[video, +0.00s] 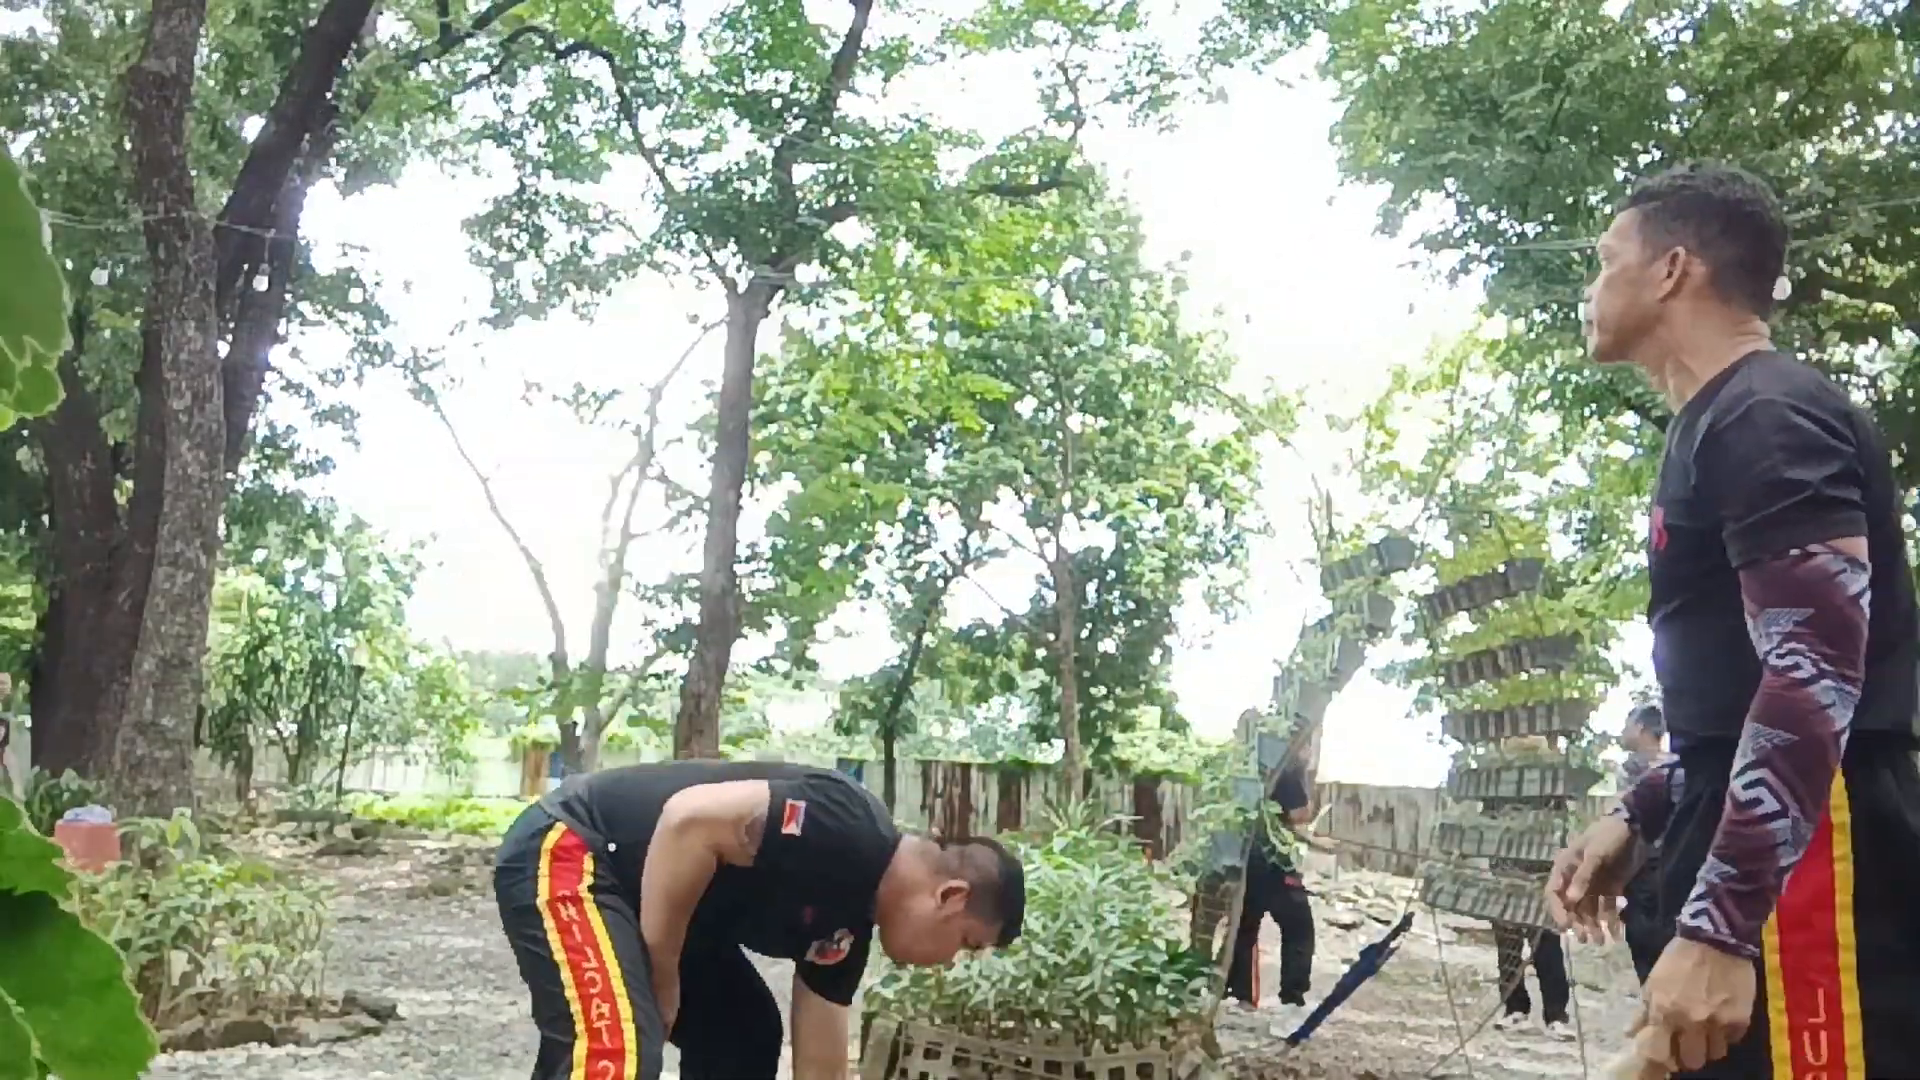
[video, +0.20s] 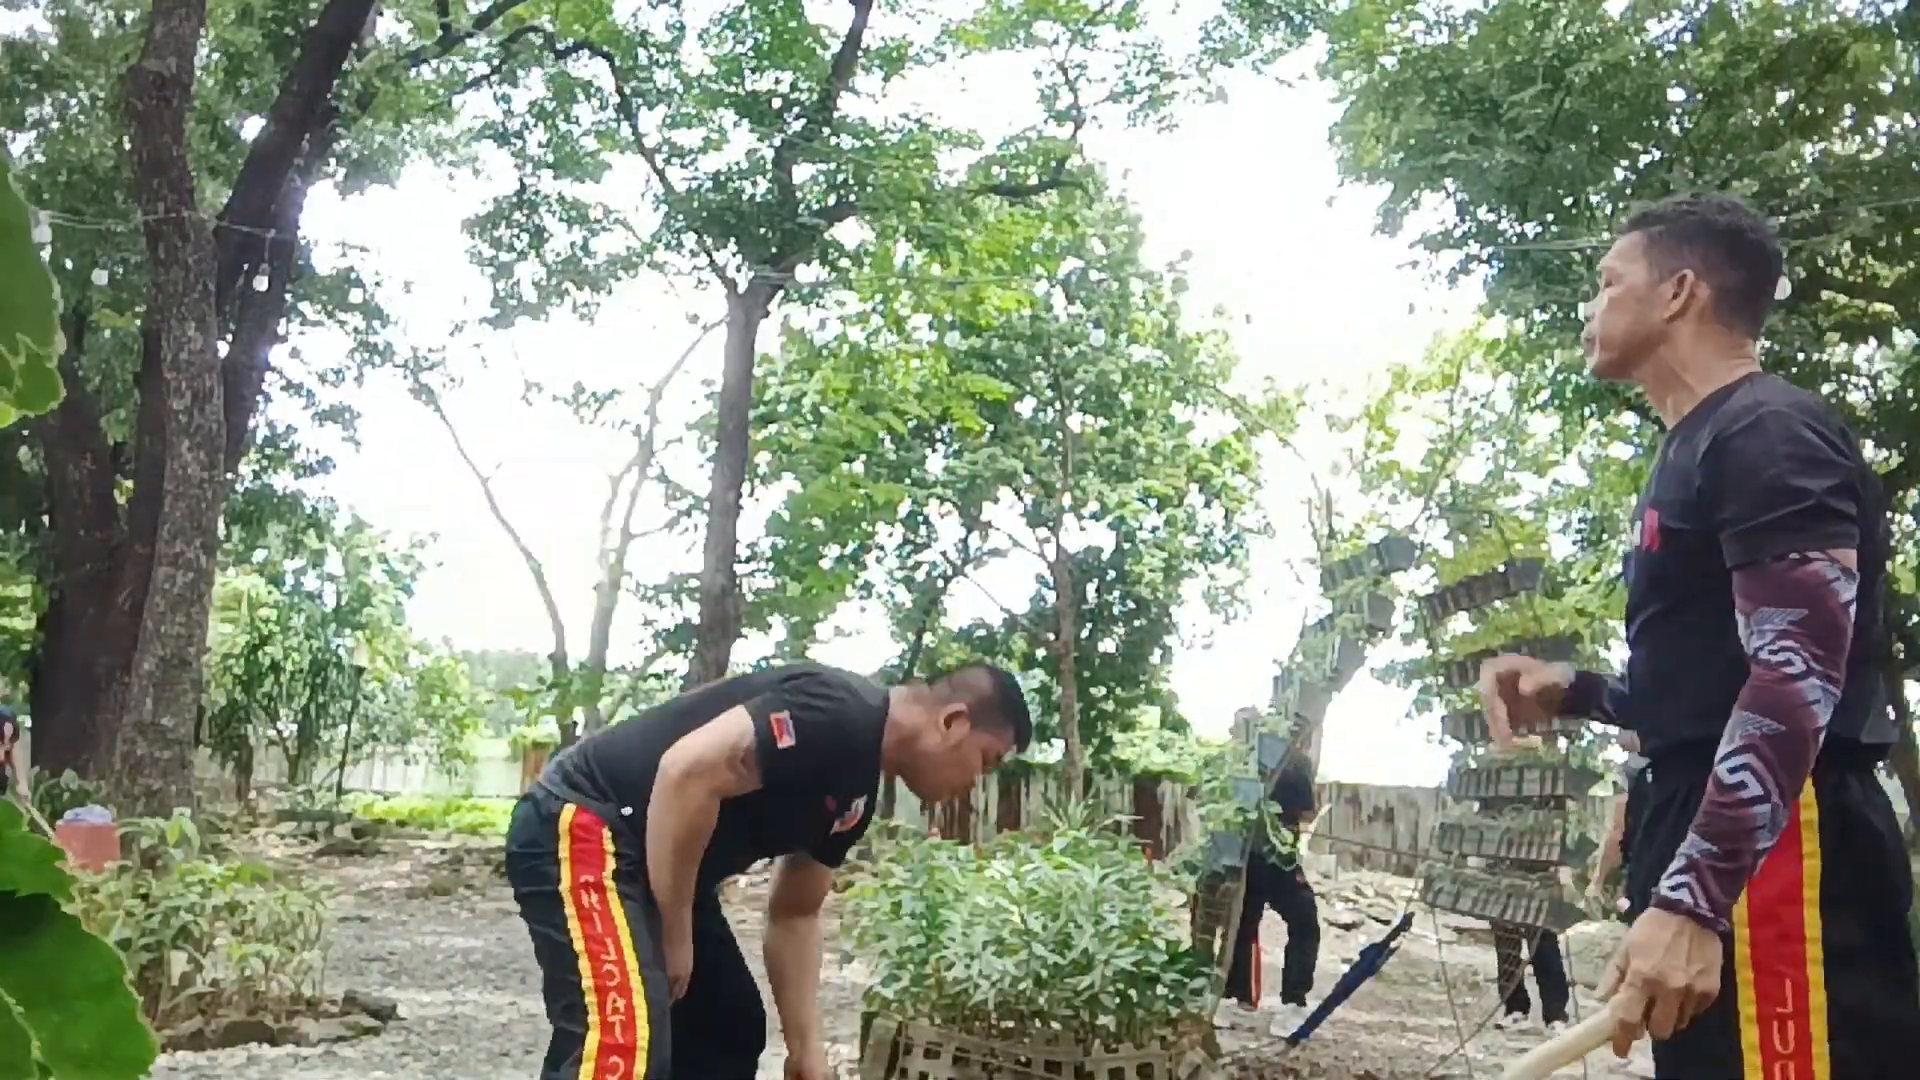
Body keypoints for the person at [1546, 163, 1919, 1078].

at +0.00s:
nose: (1589, 287)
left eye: (1605, 258)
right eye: (1595, 262)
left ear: (1673, 269)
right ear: (1675, 272)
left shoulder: (1769, 412)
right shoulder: (1710, 426)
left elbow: (1812, 675)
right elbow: (1731, 695)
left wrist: (1720, 924)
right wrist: (1634, 821)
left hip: (1809, 827)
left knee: (1813, 1058)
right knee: (1745, 1060)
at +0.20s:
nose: (1587, 315)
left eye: (1607, 284)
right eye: (1594, 289)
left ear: (1680, 293)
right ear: (1674, 300)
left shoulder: (1763, 425)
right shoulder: (1698, 445)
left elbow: (1795, 678)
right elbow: (1702, 692)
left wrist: (1691, 900)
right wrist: (1574, 692)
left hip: (1779, 821)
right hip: (1713, 812)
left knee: (1787, 1059)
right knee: (1716, 1057)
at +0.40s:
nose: (1584, 337)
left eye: (1610, 313)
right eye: (1591, 319)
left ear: (1690, 326)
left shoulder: (1761, 447)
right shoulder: (1676, 486)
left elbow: (1807, 683)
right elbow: (1617, 694)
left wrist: (1769, 905)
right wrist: (1525, 571)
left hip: (1764, 834)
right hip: (1683, 835)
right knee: (1671, 1059)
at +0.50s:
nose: (1581, 342)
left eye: (1609, 321)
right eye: (1584, 326)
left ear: (1689, 339)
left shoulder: (1768, 459)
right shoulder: (1650, 506)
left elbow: (1833, 681)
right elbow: (1619, 704)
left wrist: (1794, 899)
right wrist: (1480, 652)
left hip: (1765, 820)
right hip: (1666, 826)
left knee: (1770, 1059)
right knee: (1660, 1058)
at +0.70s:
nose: (1598, 344)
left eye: (1627, 320)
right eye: (1594, 330)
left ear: (1709, 341)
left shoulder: (1783, 466)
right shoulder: (1640, 512)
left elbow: (1867, 679)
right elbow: (1629, 721)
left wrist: (1795, 886)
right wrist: (1573, 878)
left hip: (1759, 828)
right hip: (1641, 834)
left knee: (1783, 1059)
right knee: (1634, 1059)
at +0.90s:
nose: (1596, 343)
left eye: (1625, 320)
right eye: (1593, 329)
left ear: (1708, 337)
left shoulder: (1785, 466)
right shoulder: (1638, 504)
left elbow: (1902, 652)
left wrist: (1758, 828)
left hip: (1755, 827)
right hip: (1634, 824)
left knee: (1777, 1061)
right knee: (1654, 1060)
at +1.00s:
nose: (1589, 349)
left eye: (1612, 325)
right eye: (1590, 331)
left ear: (1694, 333)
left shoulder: (1784, 463)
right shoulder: (1640, 504)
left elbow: (1894, 659)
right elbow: (1652, 725)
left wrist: (1736, 831)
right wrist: (1603, 917)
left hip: (1768, 866)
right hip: (1639, 863)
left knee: (1782, 1064)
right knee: (1644, 1063)